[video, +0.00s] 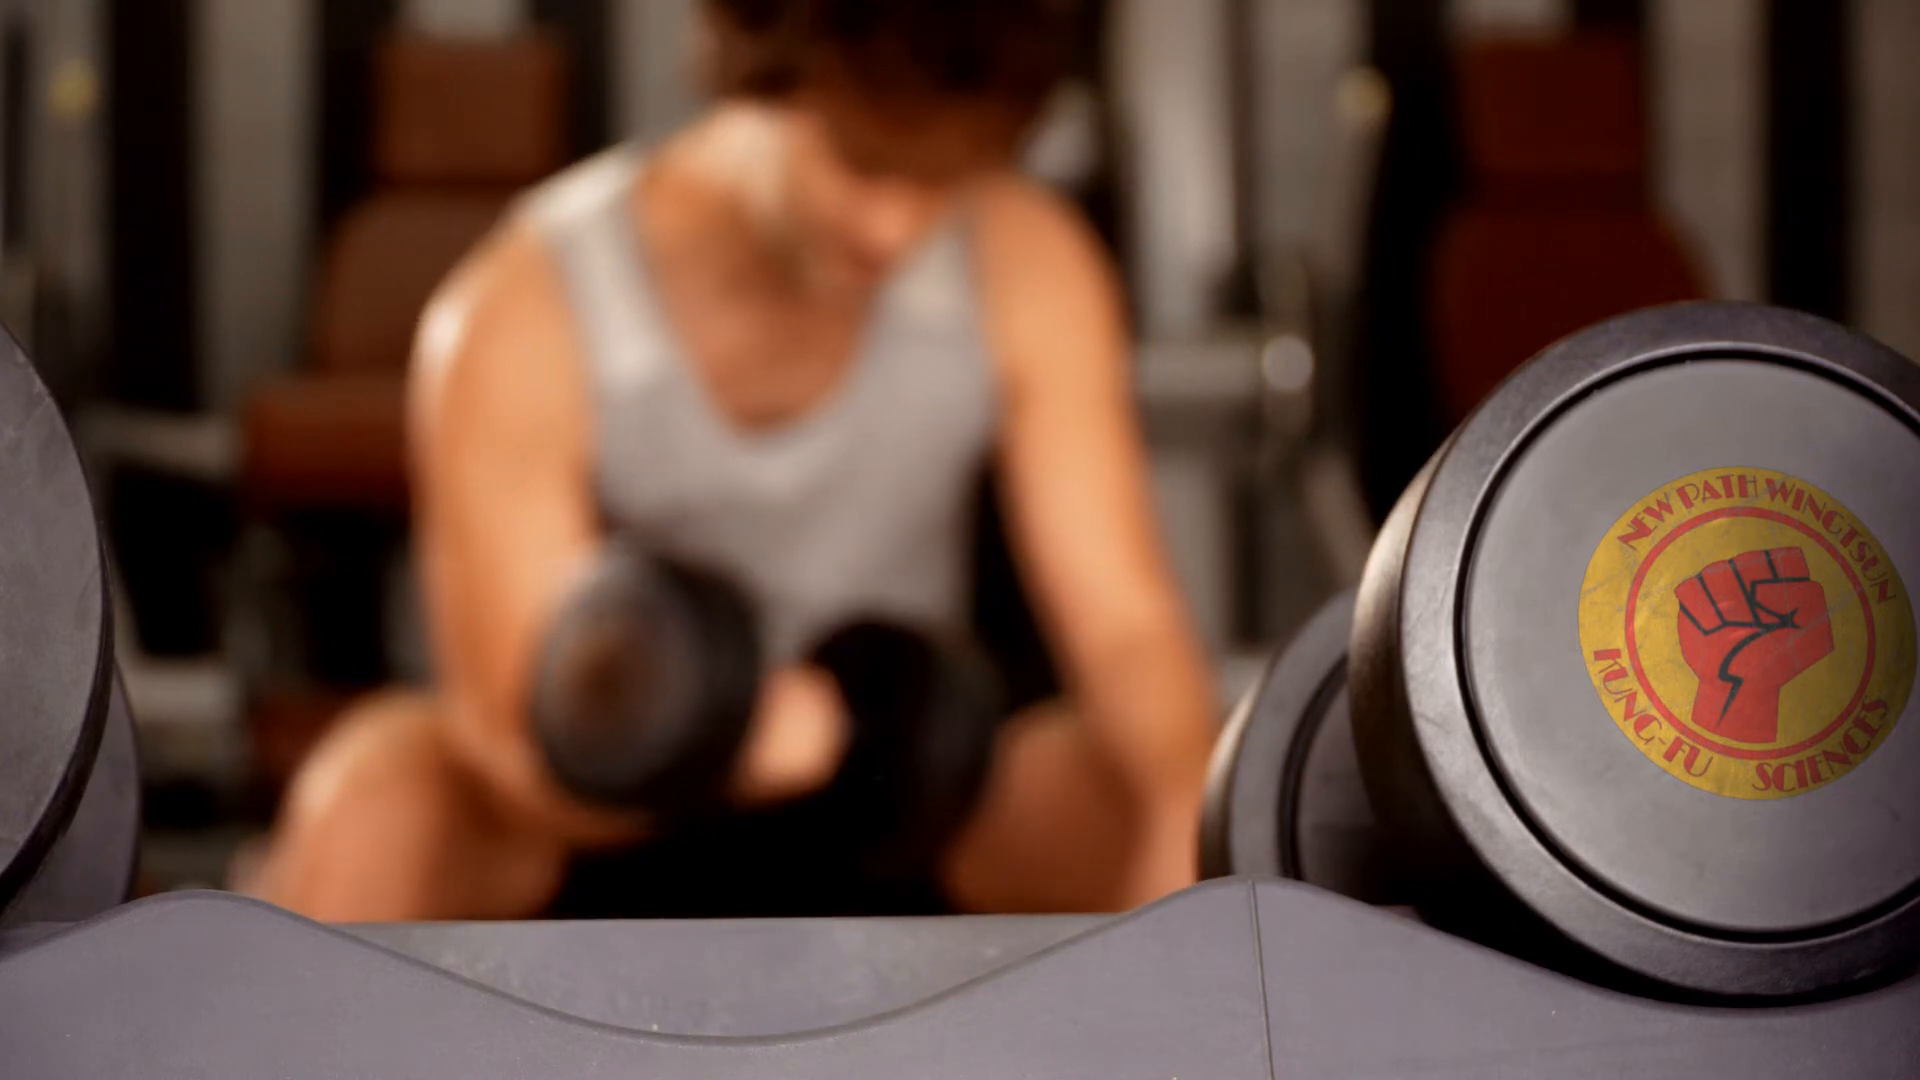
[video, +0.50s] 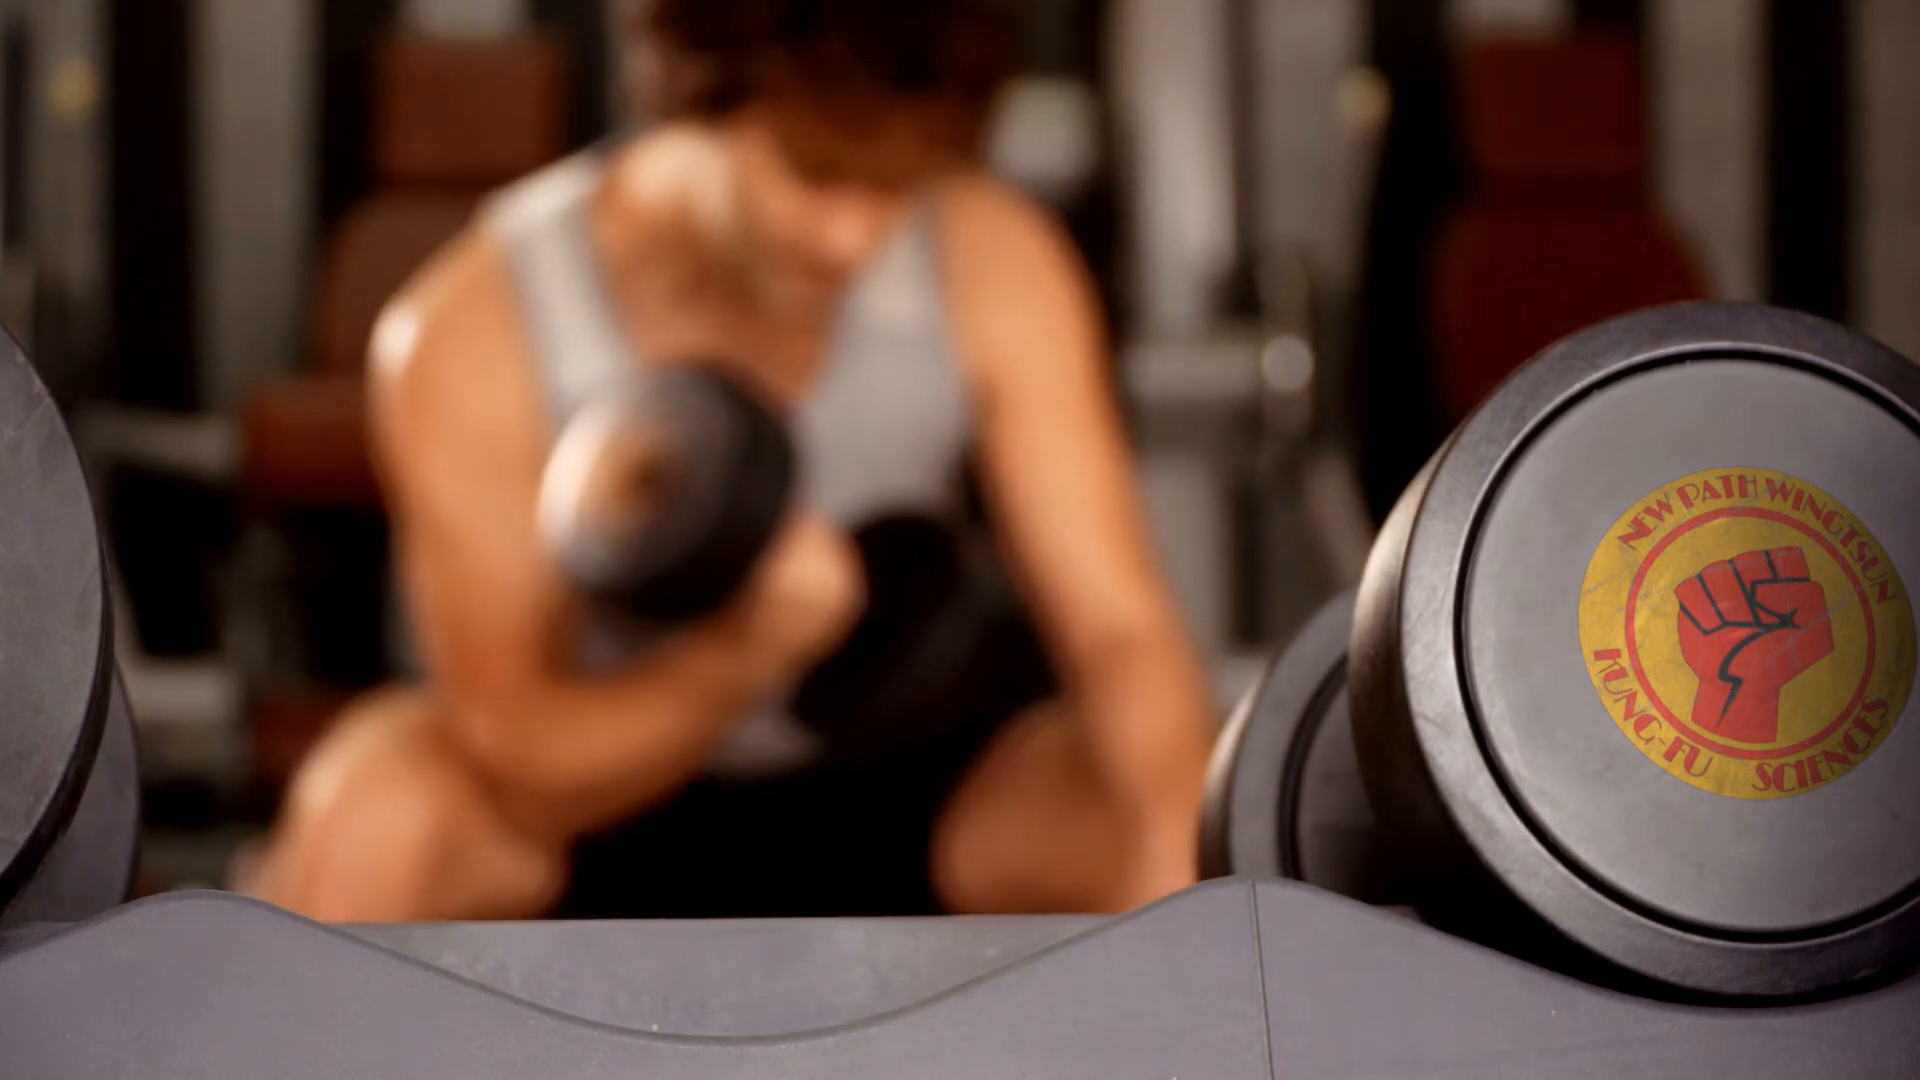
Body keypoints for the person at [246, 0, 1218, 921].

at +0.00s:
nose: (899, 229)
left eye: (944, 180)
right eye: (864, 166)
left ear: (998, 140)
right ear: (764, 78)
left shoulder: (1019, 254)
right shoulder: (520, 311)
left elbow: (1125, 627)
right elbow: (528, 753)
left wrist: (1187, 833)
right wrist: (824, 725)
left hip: (888, 803)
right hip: (607, 811)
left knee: (1189, 794)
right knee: (374, 787)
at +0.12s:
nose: (882, 229)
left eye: (926, 181)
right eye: (847, 169)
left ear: (976, 140)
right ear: (745, 87)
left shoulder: (1005, 253)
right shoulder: (496, 314)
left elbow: (1122, 633)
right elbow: (521, 756)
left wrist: (1178, 857)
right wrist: (731, 725)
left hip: (893, 785)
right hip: (600, 797)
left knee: (1177, 796)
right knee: (373, 801)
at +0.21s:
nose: (869, 231)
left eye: (914, 182)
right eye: (834, 170)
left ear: (964, 144)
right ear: (735, 93)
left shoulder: (1000, 255)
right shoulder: (484, 317)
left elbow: (1120, 632)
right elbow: (521, 746)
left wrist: (1180, 875)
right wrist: (742, 704)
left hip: (899, 784)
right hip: (604, 791)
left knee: (1173, 802)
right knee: (372, 804)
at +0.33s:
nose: (858, 230)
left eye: (905, 180)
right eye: (820, 169)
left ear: (953, 146)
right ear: (714, 92)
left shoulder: (994, 257)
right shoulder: (471, 325)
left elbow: (1118, 631)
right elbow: (521, 752)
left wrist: (1186, 889)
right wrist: (743, 682)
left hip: (894, 790)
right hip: (597, 805)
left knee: (1173, 809)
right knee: (374, 806)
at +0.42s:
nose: (854, 231)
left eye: (902, 180)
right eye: (815, 170)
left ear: (951, 145)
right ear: (708, 92)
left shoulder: (991, 256)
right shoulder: (466, 329)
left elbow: (1117, 631)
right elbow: (526, 763)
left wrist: (1183, 885)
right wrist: (753, 663)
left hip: (894, 788)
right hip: (596, 810)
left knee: (1179, 808)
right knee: (375, 804)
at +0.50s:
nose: (855, 232)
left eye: (901, 182)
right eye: (815, 172)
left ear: (949, 148)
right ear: (708, 101)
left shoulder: (990, 256)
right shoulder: (466, 330)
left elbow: (1119, 633)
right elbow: (529, 769)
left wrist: (1179, 888)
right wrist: (754, 651)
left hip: (890, 782)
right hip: (597, 806)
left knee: (1183, 807)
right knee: (374, 803)